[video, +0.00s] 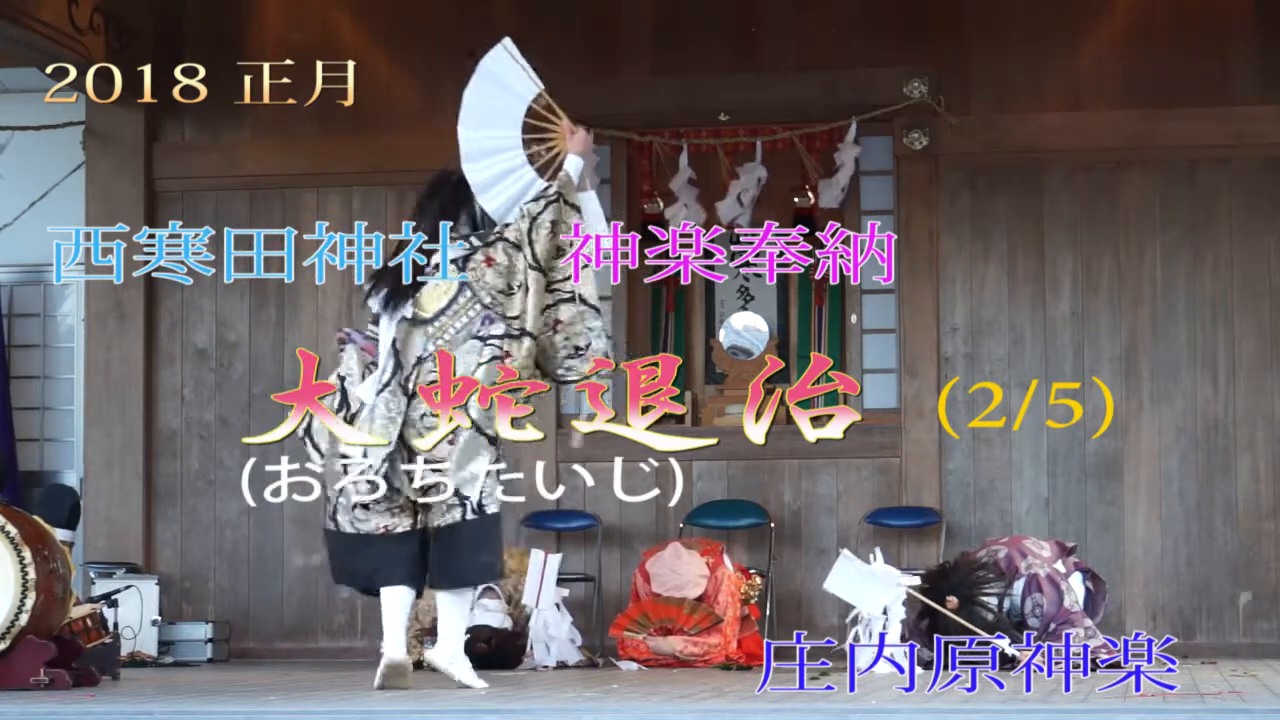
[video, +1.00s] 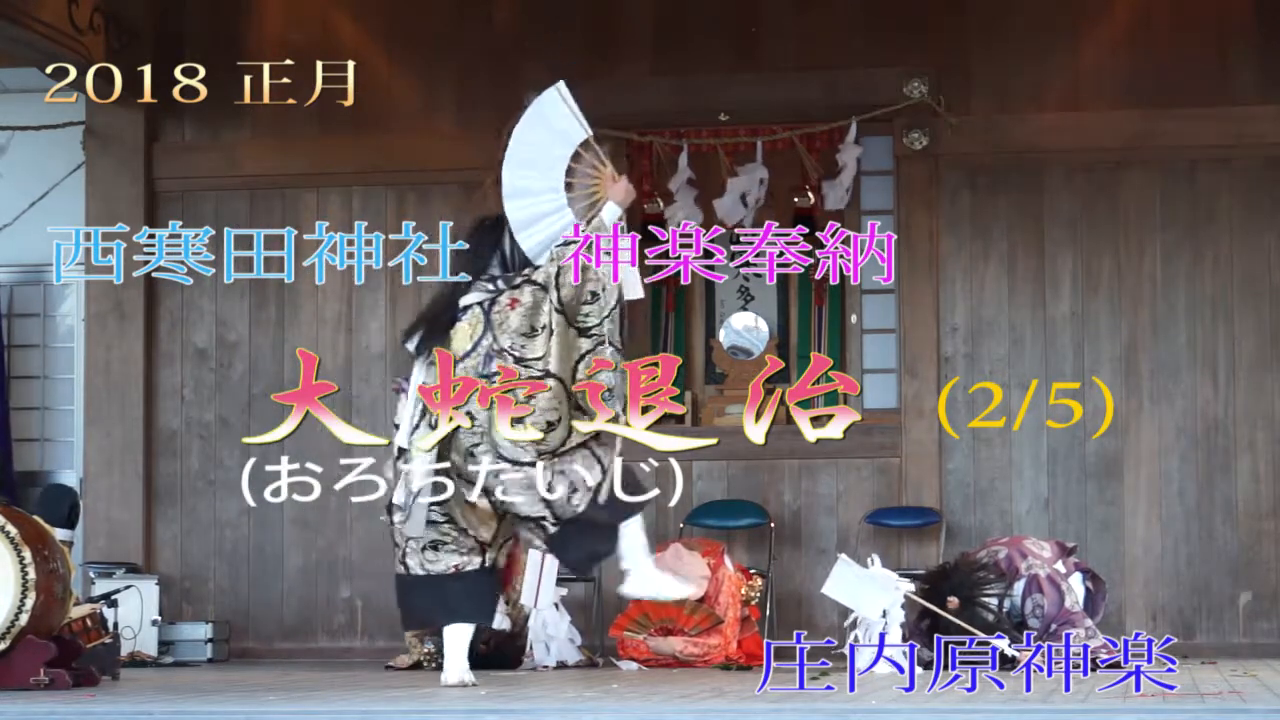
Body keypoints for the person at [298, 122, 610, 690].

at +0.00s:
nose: (484, 220)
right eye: (479, 211)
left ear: (422, 217)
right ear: (477, 215)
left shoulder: (398, 272)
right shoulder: (493, 262)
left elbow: (373, 359)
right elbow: (539, 226)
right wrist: (572, 164)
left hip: (395, 418)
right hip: (460, 420)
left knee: (398, 530)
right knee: (460, 529)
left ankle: (393, 647)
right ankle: (449, 645)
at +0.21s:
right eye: (492, 202)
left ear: (433, 212)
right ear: (489, 209)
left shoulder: (413, 265)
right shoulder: (505, 257)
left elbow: (386, 338)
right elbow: (556, 220)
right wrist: (592, 163)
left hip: (412, 408)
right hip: (477, 410)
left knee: (406, 522)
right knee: (469, 529)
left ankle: (391, 625)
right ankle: (452, 645)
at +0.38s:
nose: (507, 214)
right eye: (502, 204)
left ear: (443, 214)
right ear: (498, 211)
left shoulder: (419, 265)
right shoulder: (516, 259)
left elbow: (386, 342)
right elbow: (567, 225)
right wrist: (605, 170)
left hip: (422, 409)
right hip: (488, 409)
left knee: (421, 514)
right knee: (475, 520)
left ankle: (402, 623)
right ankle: (452, 643)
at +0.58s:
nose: (513, 226)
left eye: (509, 216)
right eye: (509, 217)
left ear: (453, 222)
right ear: (502, 222)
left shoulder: (426, 282)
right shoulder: (506, 274)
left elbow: (396, 355)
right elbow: (564, 237)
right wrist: (616, 185)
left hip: (427, 417)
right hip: (477, 420)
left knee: (448, 535)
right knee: (470, 534)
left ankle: (445, 644)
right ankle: (450, 647)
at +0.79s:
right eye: (505, 230)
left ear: (447, 244)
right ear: (503, 238)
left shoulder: (423, 306)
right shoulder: (523, 284)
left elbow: (397, 391)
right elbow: (575, 257)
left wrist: (398, 440)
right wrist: (612, 204)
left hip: (431, 442)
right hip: (502, 432)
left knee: (442, 554)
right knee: (529, 528)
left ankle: (453, 662)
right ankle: (525, 614)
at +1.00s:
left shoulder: (468, 307)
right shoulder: (549, 282)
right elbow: (581, 263)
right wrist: (612, 209)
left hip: (452, 457)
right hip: (514, 454)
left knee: (465, 550)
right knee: (616, 470)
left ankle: (454, 661)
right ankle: (640, 570)